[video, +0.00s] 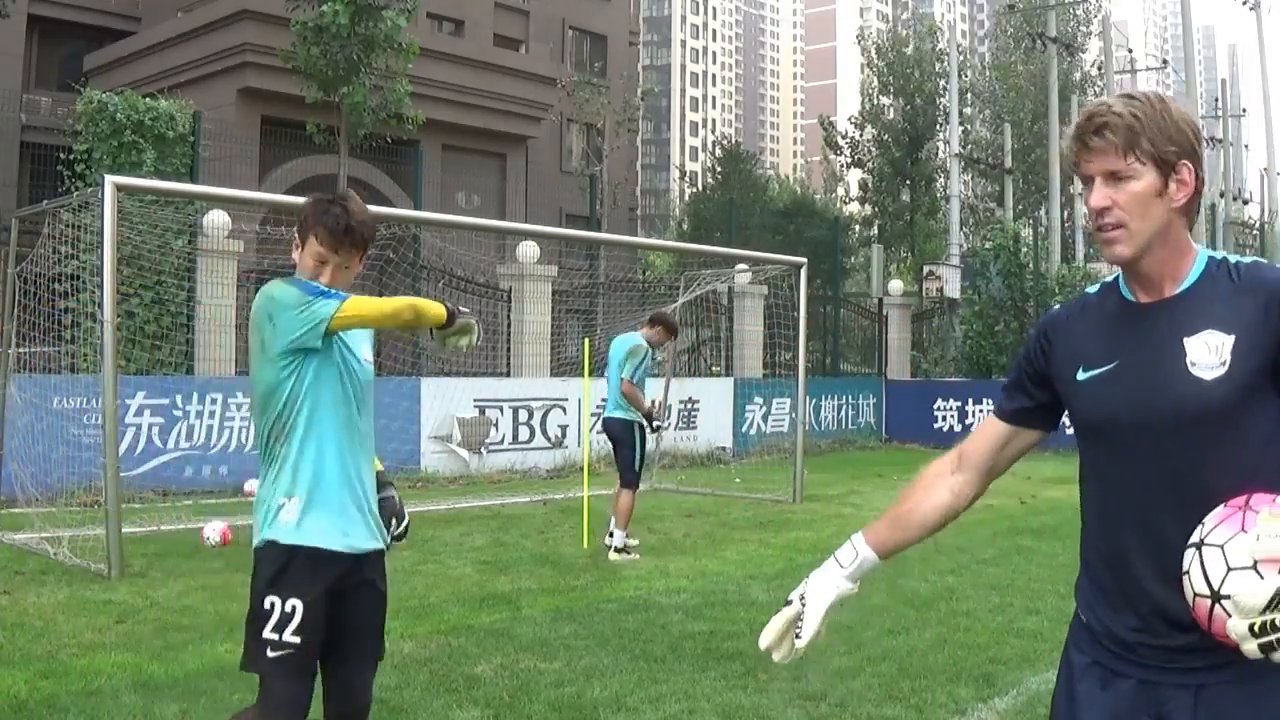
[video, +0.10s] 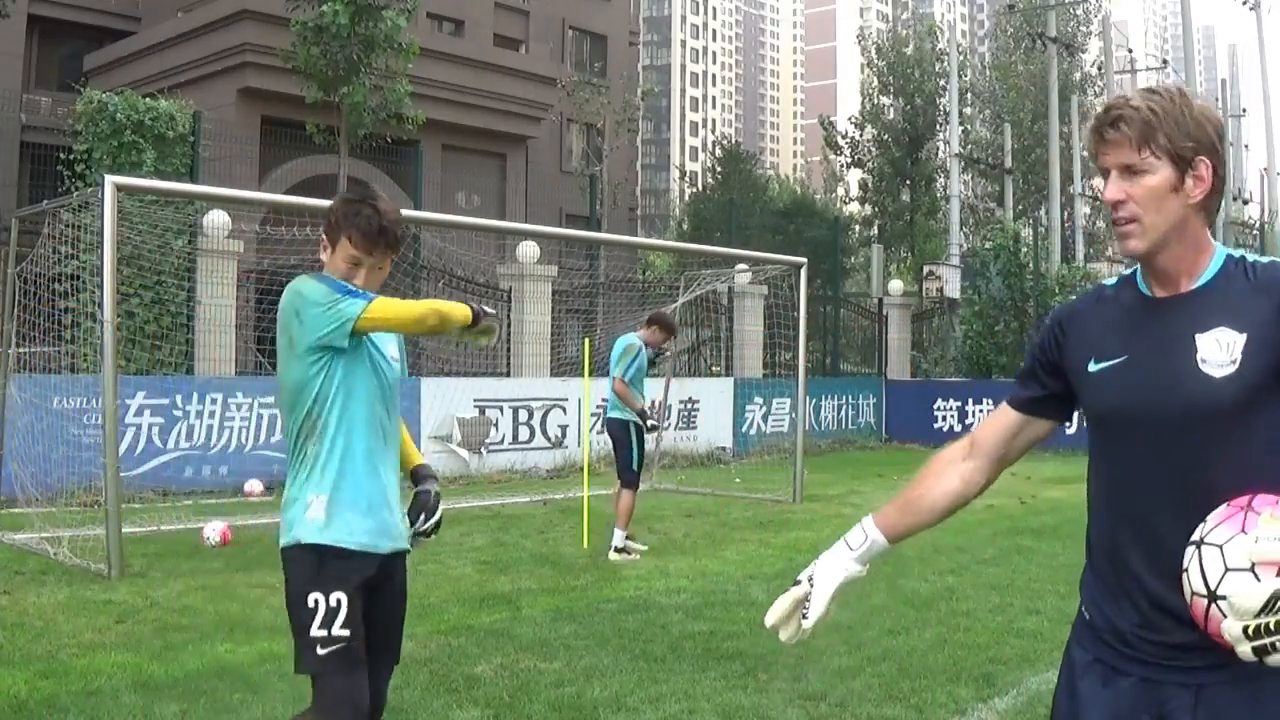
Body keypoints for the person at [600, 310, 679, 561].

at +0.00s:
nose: (664, 344)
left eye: (667, 340)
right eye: (665, 338)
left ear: (649, 326)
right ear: (656, 328)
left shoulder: (621, 340)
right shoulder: (641, 348)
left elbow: (617, 384)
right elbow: (626, 387)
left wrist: (645, 407)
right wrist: (647, 412)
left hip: (612, 418)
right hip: (627, 420)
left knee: (625, 480)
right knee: (630, 484)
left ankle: (614, 530)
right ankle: (618, 545)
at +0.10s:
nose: (662, 345)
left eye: (665, 341)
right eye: (664, 339)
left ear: (650, 328)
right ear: (653, 329)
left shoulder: (627, 342)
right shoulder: (636, 347)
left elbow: (626, 376)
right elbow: (619, 385)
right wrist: (642, 412)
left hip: (619, 418)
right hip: (625, 420)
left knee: (625, 482)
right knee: (630, 484)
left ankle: (622, 535)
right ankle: (618, 545)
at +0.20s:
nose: (660, 341)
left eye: (662, 337)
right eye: (660, 335)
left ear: (651, 331)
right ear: (647, 328)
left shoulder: (641, 351)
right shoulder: (628, 346)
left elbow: (660, 375)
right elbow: (607, 384)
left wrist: (665, 349)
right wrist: (633, 409)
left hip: (630, 421)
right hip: (621, 421)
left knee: (633, 483)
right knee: (633, 484)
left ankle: (623, 537)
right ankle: (618, 544)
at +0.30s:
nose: (658, 336)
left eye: (660, 332)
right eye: (657, 331)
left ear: (652, 330)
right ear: (643, 325)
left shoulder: (647, 350)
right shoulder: (624, 346)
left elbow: (670, 368)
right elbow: (602, 383)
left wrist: (669, 343)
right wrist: (625, 408)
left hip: (635, 420)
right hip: (618, 420)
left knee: (637, 481)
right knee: (636, 481)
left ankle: (622, 536)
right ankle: (618, 540)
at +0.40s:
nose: (655, 332)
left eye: (656, 328)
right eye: (652, 327)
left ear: (653, 328)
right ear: (639, 323)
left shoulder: (652, 348)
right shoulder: (618, 345)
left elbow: (679, 358)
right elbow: (596, 381)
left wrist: (670, 334)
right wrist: (615, 405)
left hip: (641, 421)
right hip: (619, 419)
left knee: (638, 481)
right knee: (636, 480)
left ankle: (622, 535)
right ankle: (616, 538)